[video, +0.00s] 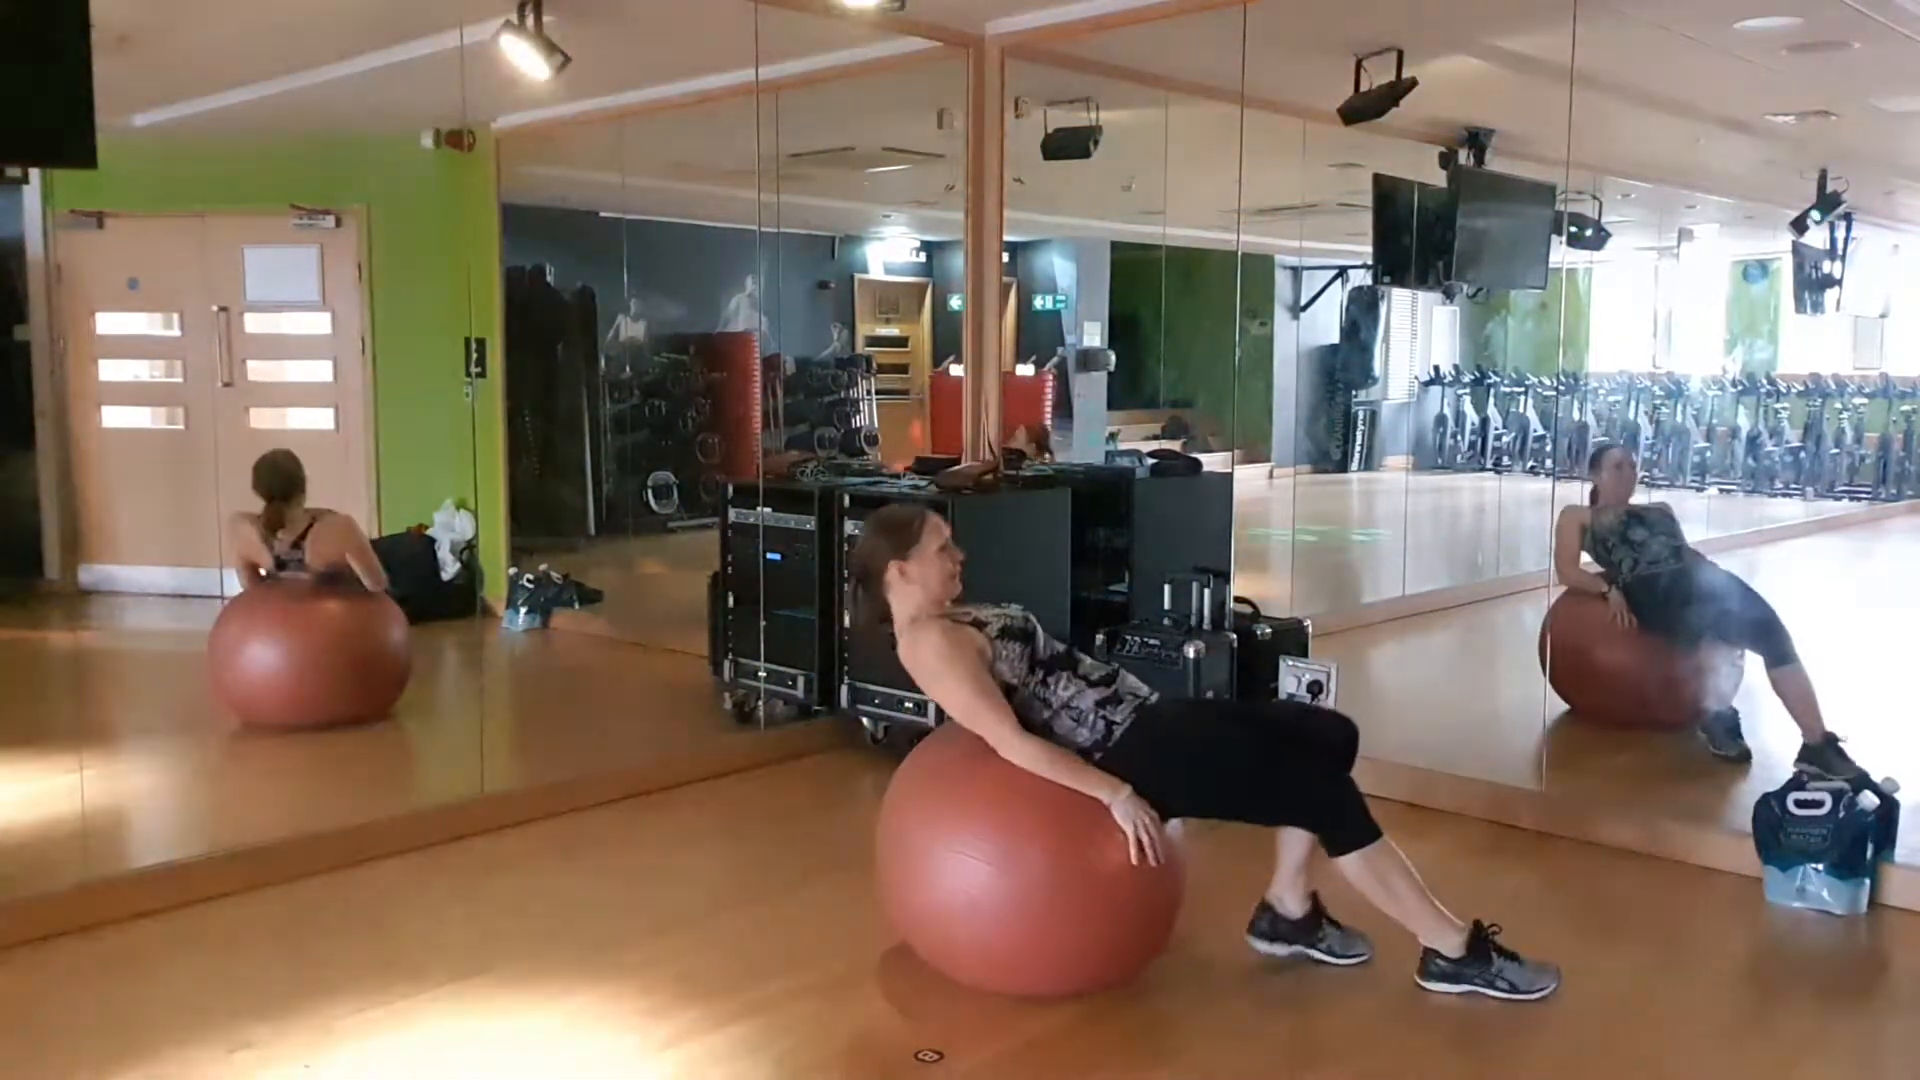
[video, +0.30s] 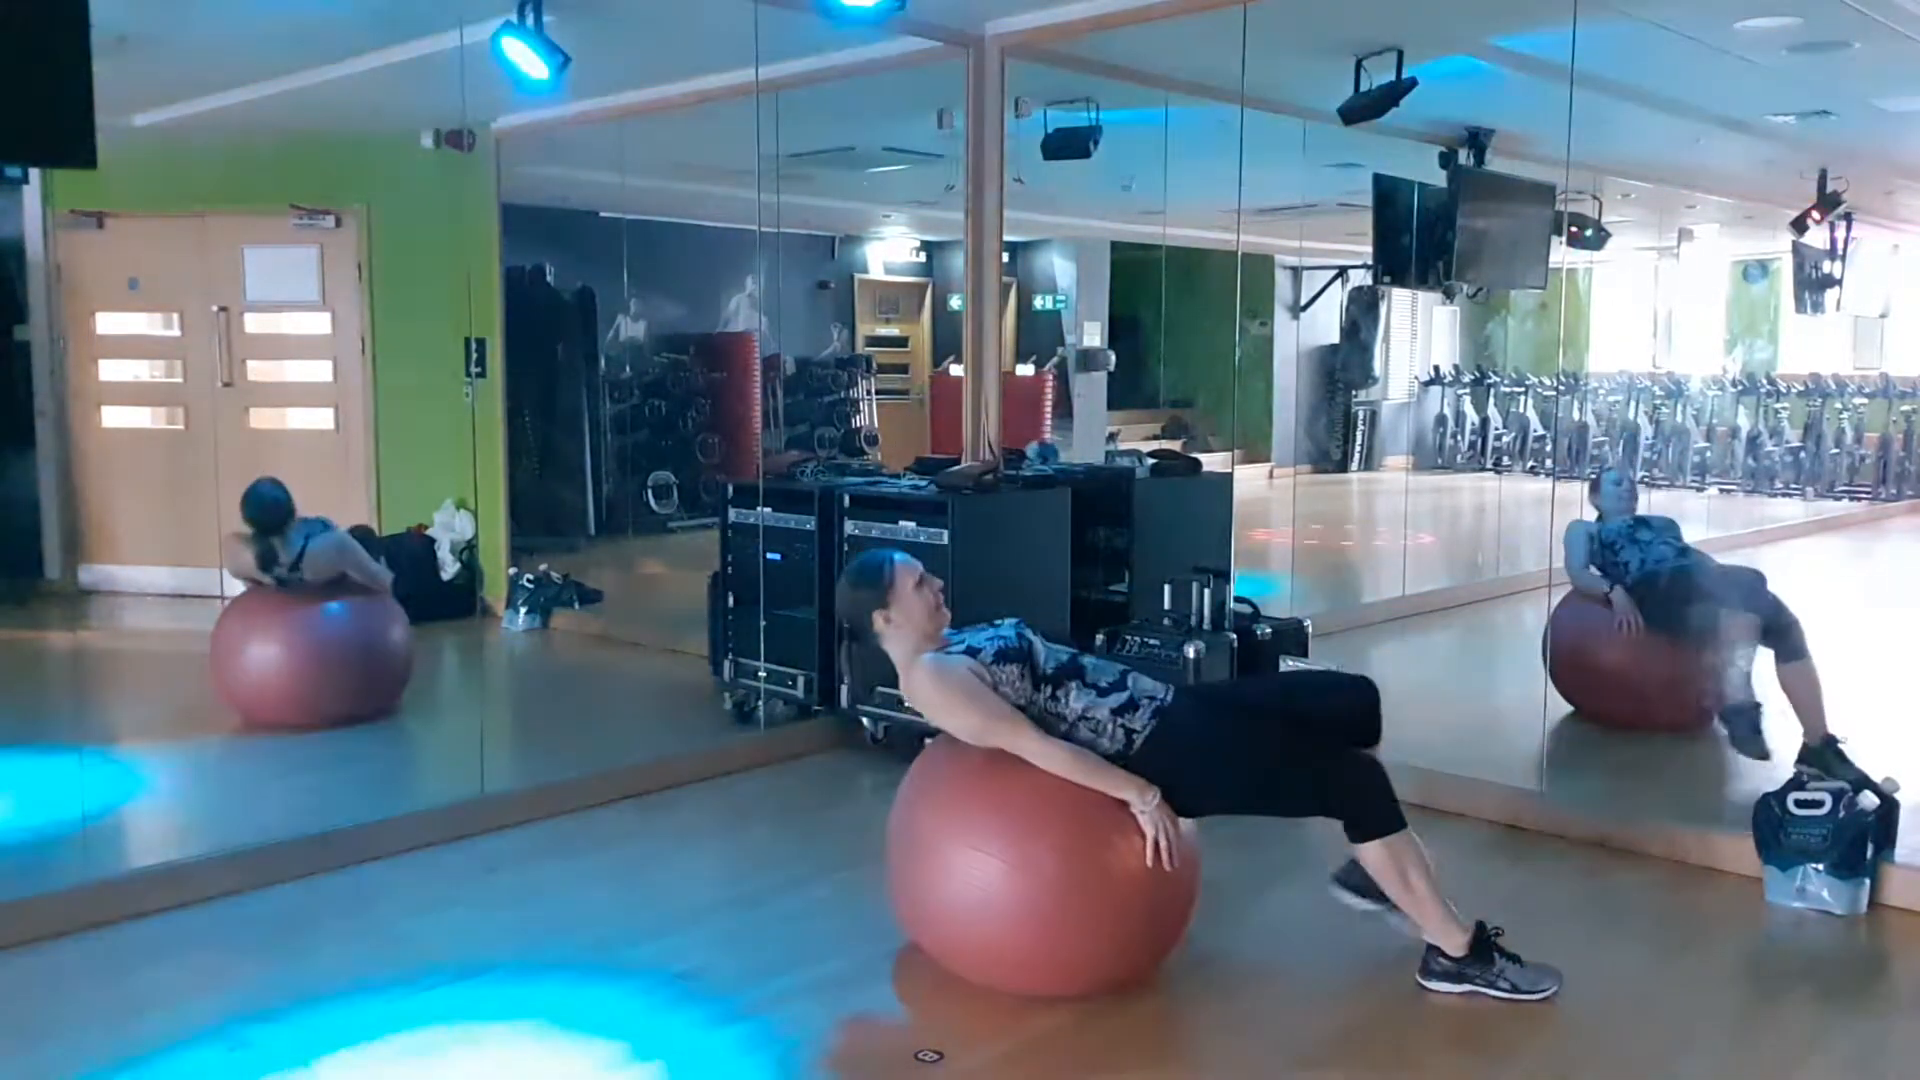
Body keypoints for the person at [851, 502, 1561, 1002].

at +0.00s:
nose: (958, 557)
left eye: (952, 544)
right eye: (942, 549)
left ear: (919, 565)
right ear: (899, 574)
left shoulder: (956, 620)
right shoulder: (933, 643)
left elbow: (1045, 691)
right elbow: (1008, 737)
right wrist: (1111, 791)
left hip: (1145, 720)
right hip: (1128, 751)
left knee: (1327, 733)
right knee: (1320, 780)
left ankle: (1290, 911)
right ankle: (1453, 946)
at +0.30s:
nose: (936, 583)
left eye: (927, 573)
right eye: (918, 581)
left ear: (911, 596)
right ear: (888, 612)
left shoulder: (960, 644)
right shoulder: (932, 677)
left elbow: (1061, 692)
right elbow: (1026, 740)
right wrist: (1134, 790)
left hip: (1178, 704)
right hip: (1162, 749)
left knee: (1358, 700)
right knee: (1352, 776)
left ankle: (1367, 865)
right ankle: (1453, 945)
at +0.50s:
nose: (930, 593)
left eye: (920, 585)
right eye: (912, 595)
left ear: (907, 618)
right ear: (888, 631)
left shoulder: (968, 656)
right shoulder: (937, 688)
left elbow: (1074, 691)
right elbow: (1032, 746)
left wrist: (1180, 708)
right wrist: (1142, 793)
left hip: (1185, 715)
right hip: (1165, 754)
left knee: (1372, 729)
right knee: (1365, 772)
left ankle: (1481, 863)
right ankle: (1451, 951)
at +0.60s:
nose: (930, 596)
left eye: (920, 590)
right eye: (912, 601)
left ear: (914, 622)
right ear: (890, 642)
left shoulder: (974, 656)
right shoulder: (943, 689)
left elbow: (1076, 691)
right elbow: (1036, 745)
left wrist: (1177, 704)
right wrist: (1145, 789)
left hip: (1180, 716)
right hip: (1164, 750)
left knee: (1375, 736)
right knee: (1369, 757)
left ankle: (1502, 858)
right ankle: (1454, 952)